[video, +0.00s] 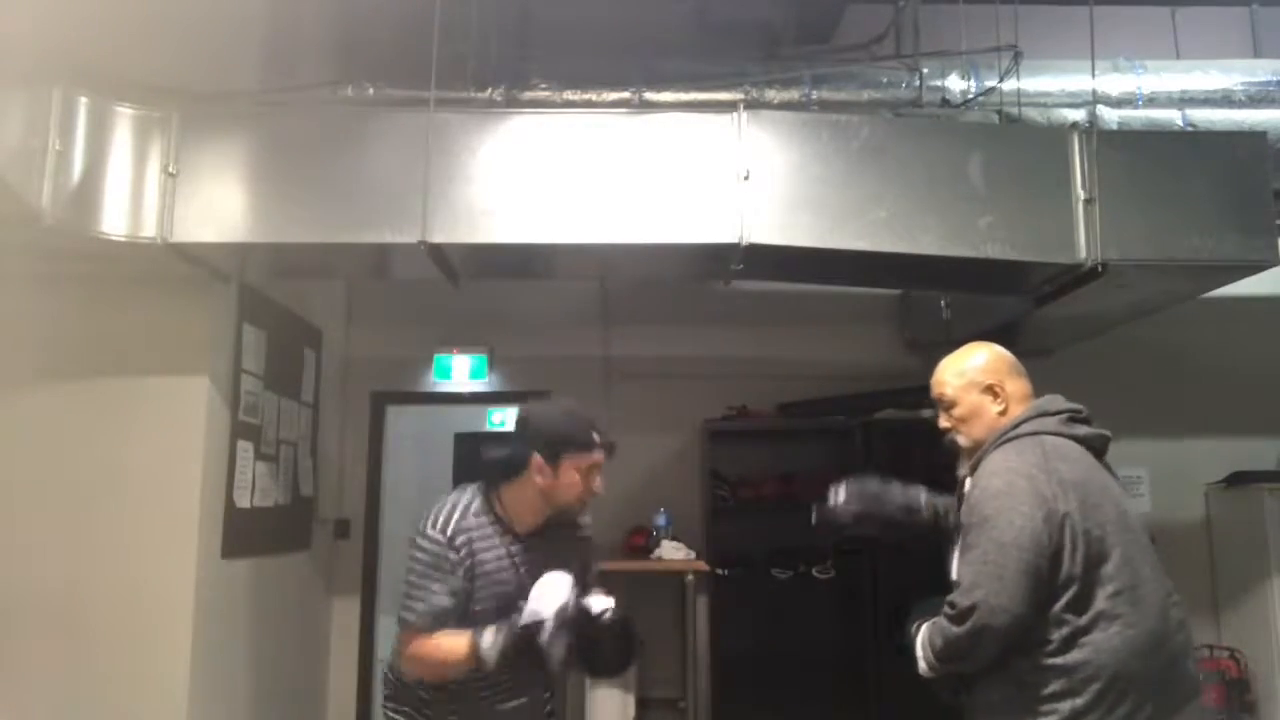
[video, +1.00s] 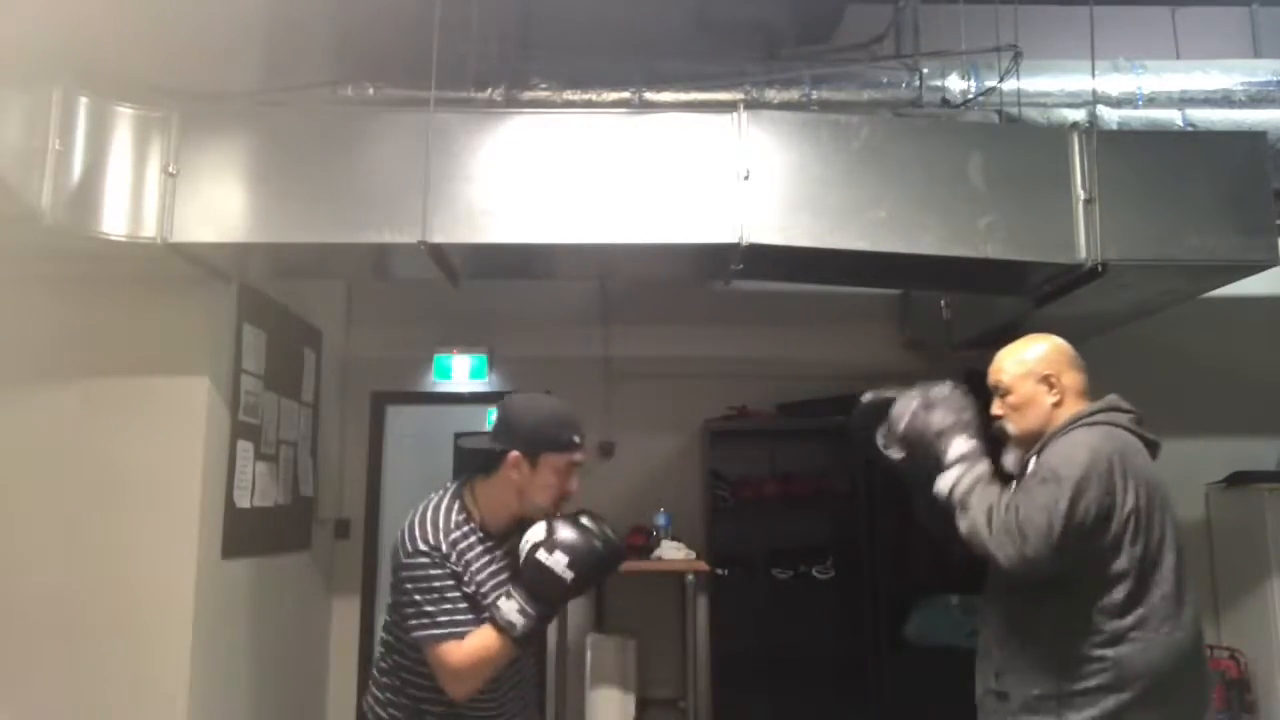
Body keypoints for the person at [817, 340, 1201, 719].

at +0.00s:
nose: (941, 424)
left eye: (948, 406)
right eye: (938, 410)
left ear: (996, 397)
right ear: (999, 399)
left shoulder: (1009, 471)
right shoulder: (1065, 453)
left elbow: (993, 613)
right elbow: (993, 519)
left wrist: (928, 646)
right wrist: (906, 506)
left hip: (1086, 697)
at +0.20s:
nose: (900, 433)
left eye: (907, 416)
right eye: (897, 419)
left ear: (955, 406)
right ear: (957, 407)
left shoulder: (981, 482)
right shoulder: (1016, 462)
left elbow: (971, 629)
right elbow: (931, 550)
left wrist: (896, 672)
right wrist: (875, 461)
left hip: (1074, 702)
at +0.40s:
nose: (892, 424)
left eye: (902, 407)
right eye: (890, 410)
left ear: (952, 397)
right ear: (951, 399)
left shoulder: (987, 471)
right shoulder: (964, 460)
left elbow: (978, 622)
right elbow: (881, 517)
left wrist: (893, 672)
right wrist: (808, 482)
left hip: (1070, 700)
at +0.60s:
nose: (921, 414)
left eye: (932, 397)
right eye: (921, 399)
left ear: (983, 395)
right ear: (982, 397)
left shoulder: (1013, 477)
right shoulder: (985, 465)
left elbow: (1000, 626)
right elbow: (941, 556)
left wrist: (893, 669)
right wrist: (868, 583)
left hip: (1073, 705)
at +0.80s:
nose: (957, 418)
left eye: (968, 401)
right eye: (957, 404)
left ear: (1019, 399)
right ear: (1019, 400)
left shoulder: (1050, 471)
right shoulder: (1039, 462)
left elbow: (1033, 609)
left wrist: (923, 621)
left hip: (1090, 705)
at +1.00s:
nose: (993, 410)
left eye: (1003, 393)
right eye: (994, 396)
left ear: (1053, 391)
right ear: (1053, 392)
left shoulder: (1078, 455)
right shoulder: (1101, 443)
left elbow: (1019, 543)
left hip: (1091, 701)